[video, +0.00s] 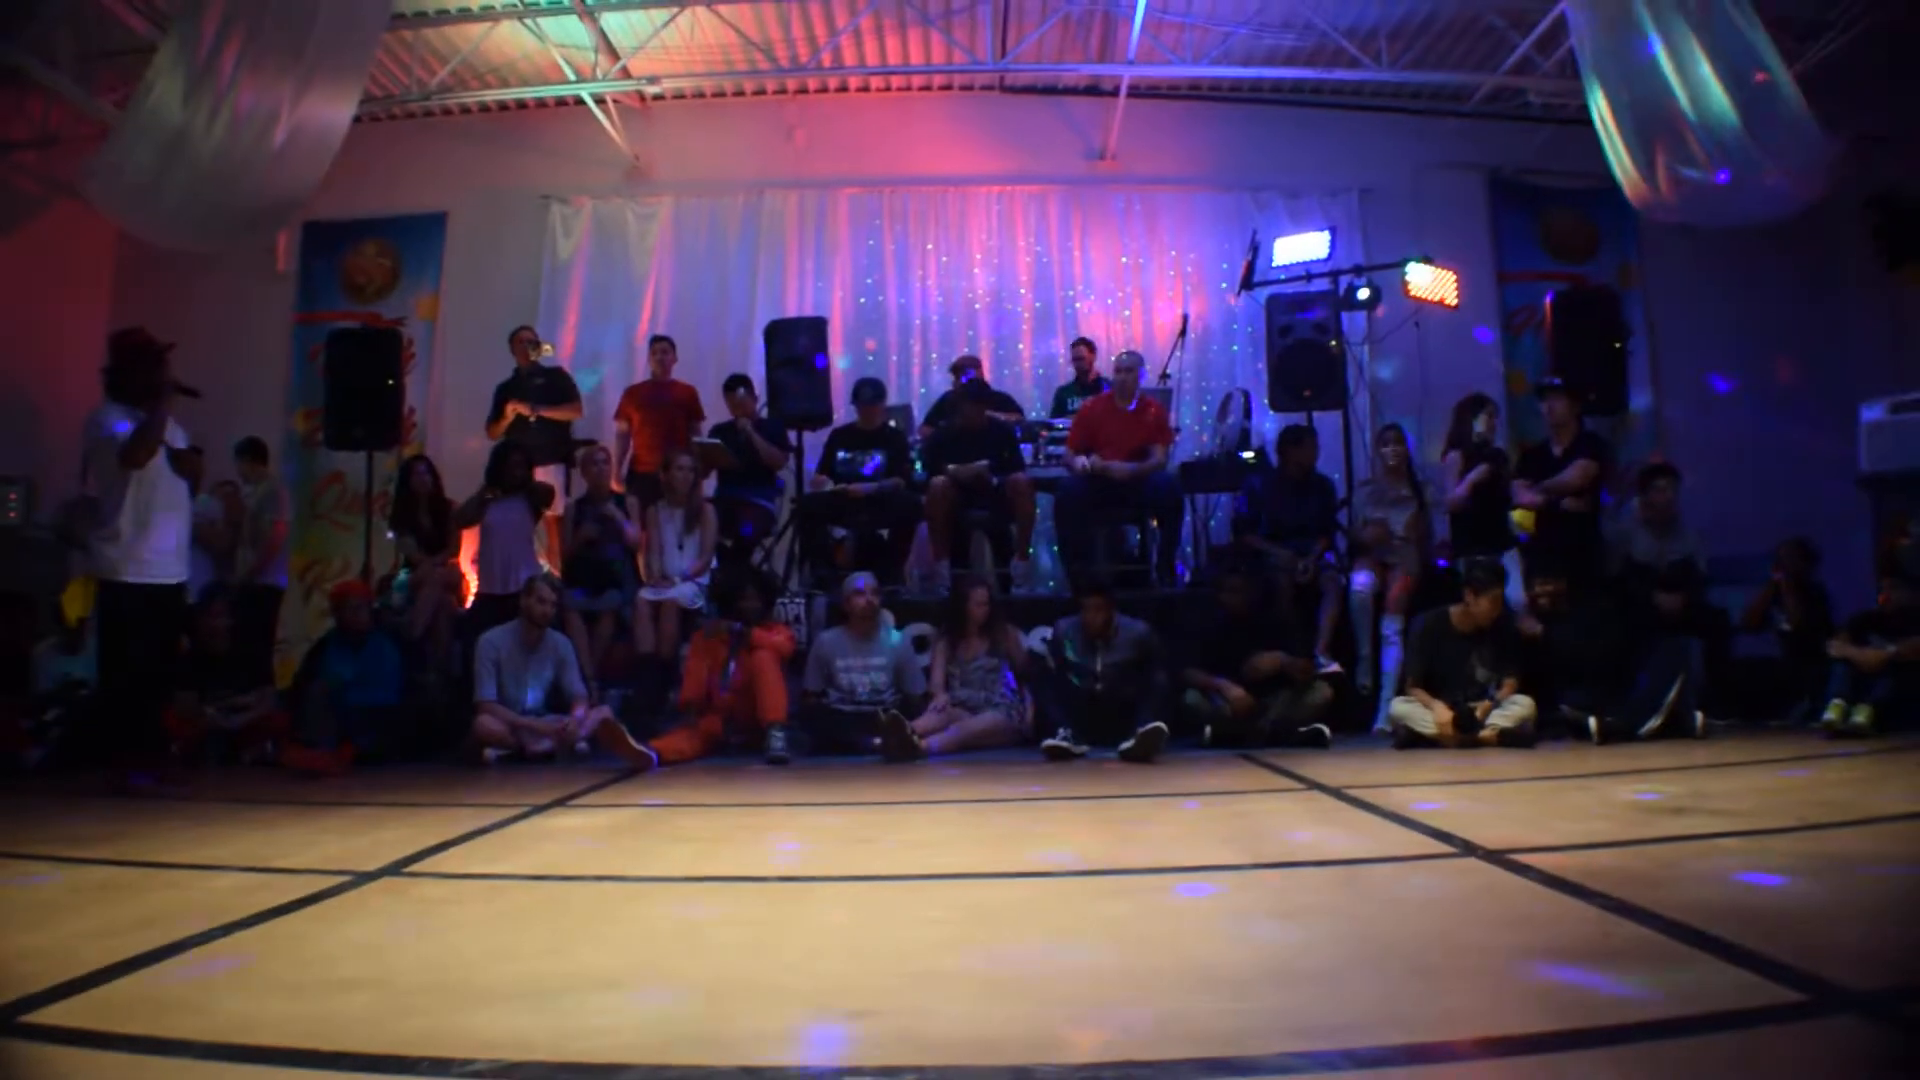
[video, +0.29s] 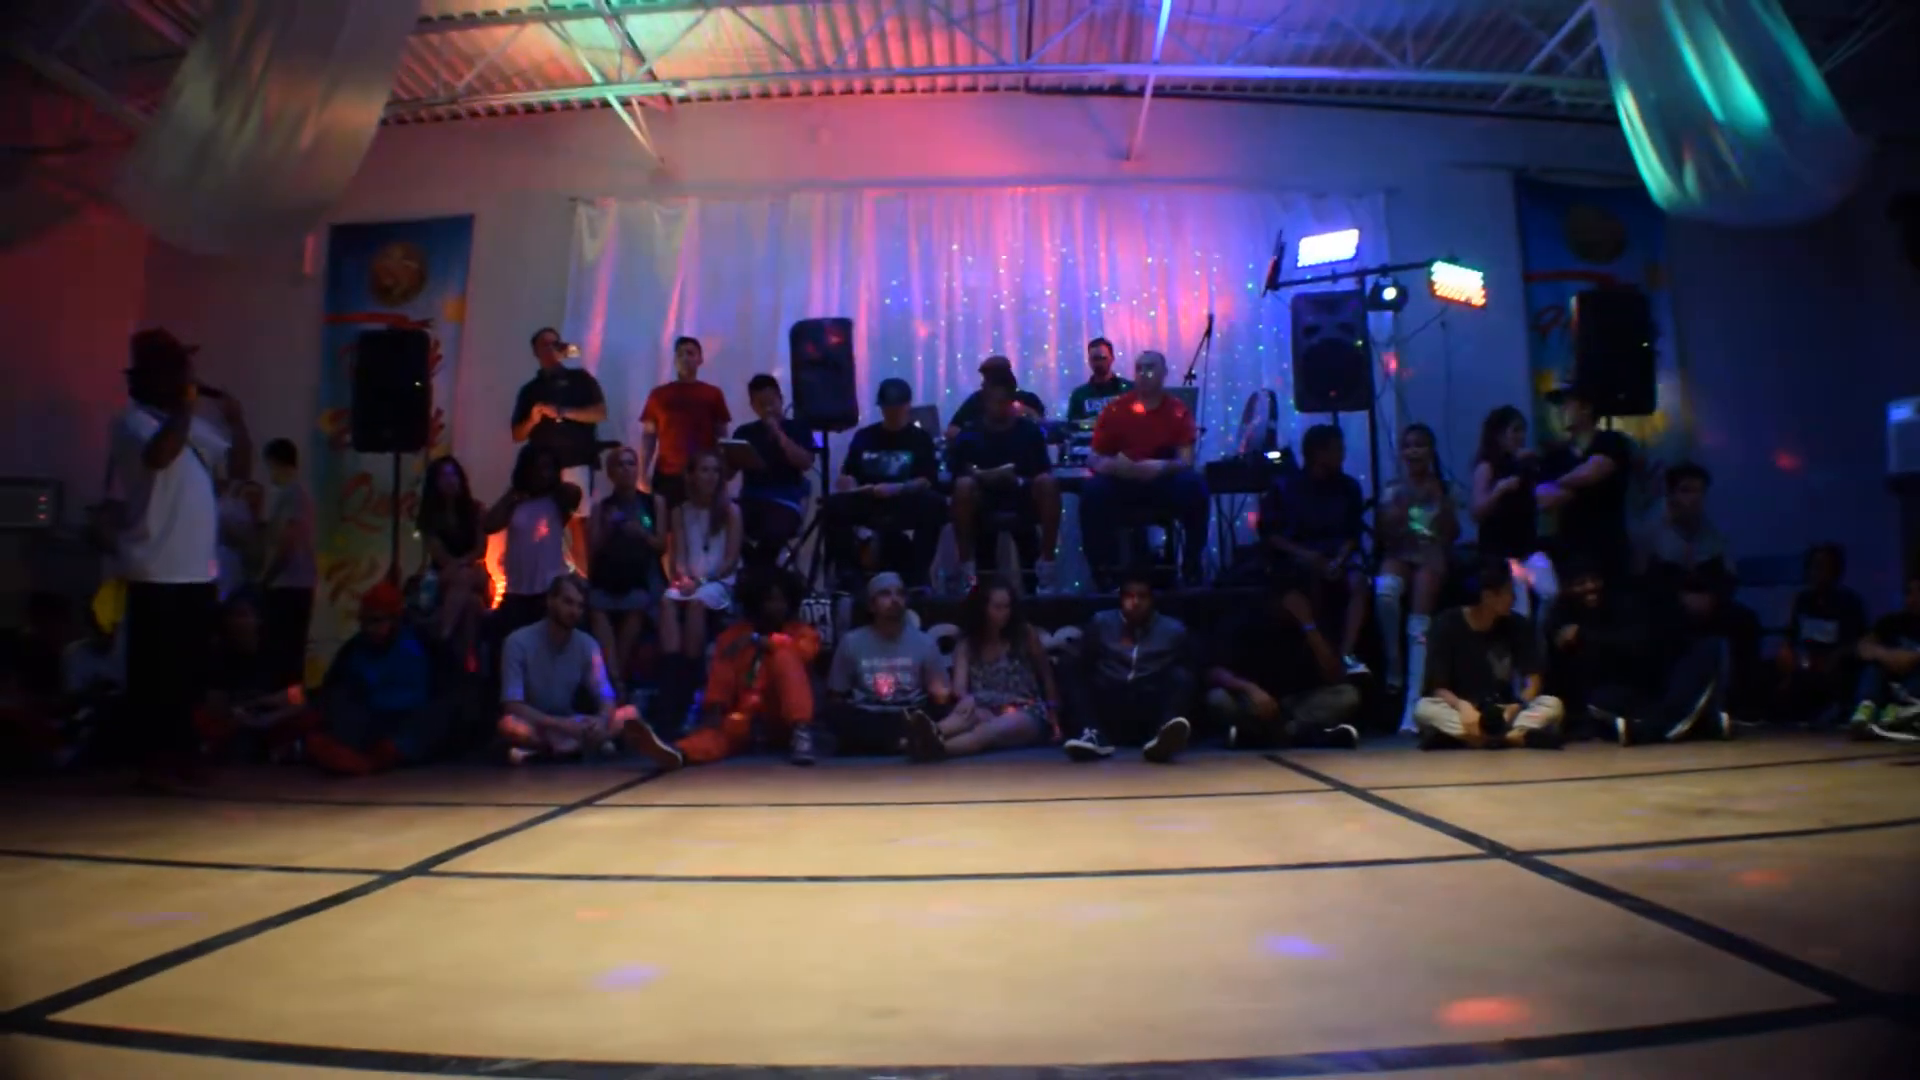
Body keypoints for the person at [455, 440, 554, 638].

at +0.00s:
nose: (515, 472)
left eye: (520, 465)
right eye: (509, 465)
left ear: (527, 468)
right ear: (497, 467)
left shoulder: (530, 500)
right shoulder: (487, 503)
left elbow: (548, 492)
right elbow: (460, 519)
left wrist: (524, 483)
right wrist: (483, 494)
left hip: (523, 590)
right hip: (490, 591)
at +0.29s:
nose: (542, 474)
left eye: (547, 467)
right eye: (536, 467)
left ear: (555, 471)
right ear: (524, 469)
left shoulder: (556, 503)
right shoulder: (515, 503)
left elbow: (574, 493)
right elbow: (489, 526)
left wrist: (551, 484)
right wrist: (511, 496)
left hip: (550, 594)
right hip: (517, 594)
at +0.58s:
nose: (539, 471)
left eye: (544, 465)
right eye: (533, 464)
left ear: (555, 468)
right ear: (524, 468)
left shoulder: (560, 497)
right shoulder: (518, 499)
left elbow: (573, 502)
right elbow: (493, 527)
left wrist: (557, 487)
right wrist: (514, 495)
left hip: (551, 585)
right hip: (518, 586)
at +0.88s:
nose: (535, 471)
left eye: (541, 465)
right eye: (530, 465)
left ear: (552, 470)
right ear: (521, 469)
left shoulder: (556, 502)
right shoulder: (516, 504)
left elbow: (565, 512)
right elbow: (490, 529)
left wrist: (556, 493)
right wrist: (515, 498)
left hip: (549, 591)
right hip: (516, 591)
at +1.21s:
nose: (530, 473)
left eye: (536, 467)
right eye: (526, 467)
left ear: (547, 471)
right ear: (518, 471)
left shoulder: (553, 500)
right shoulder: (513, 505)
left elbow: (557, 511)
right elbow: (488, 517)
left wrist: (555, 491)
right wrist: (514, 493)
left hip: (545, 593)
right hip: (511, 593)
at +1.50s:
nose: (534, 472)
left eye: (540, 466)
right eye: (529, 466)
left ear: (549, 471)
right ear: (518, 470)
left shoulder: (552, 499)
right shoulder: (509, 502)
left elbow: (556, 514)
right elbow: (488, 524)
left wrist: (547, 495)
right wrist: (510, 498)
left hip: (543, 593)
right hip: (509, 593)